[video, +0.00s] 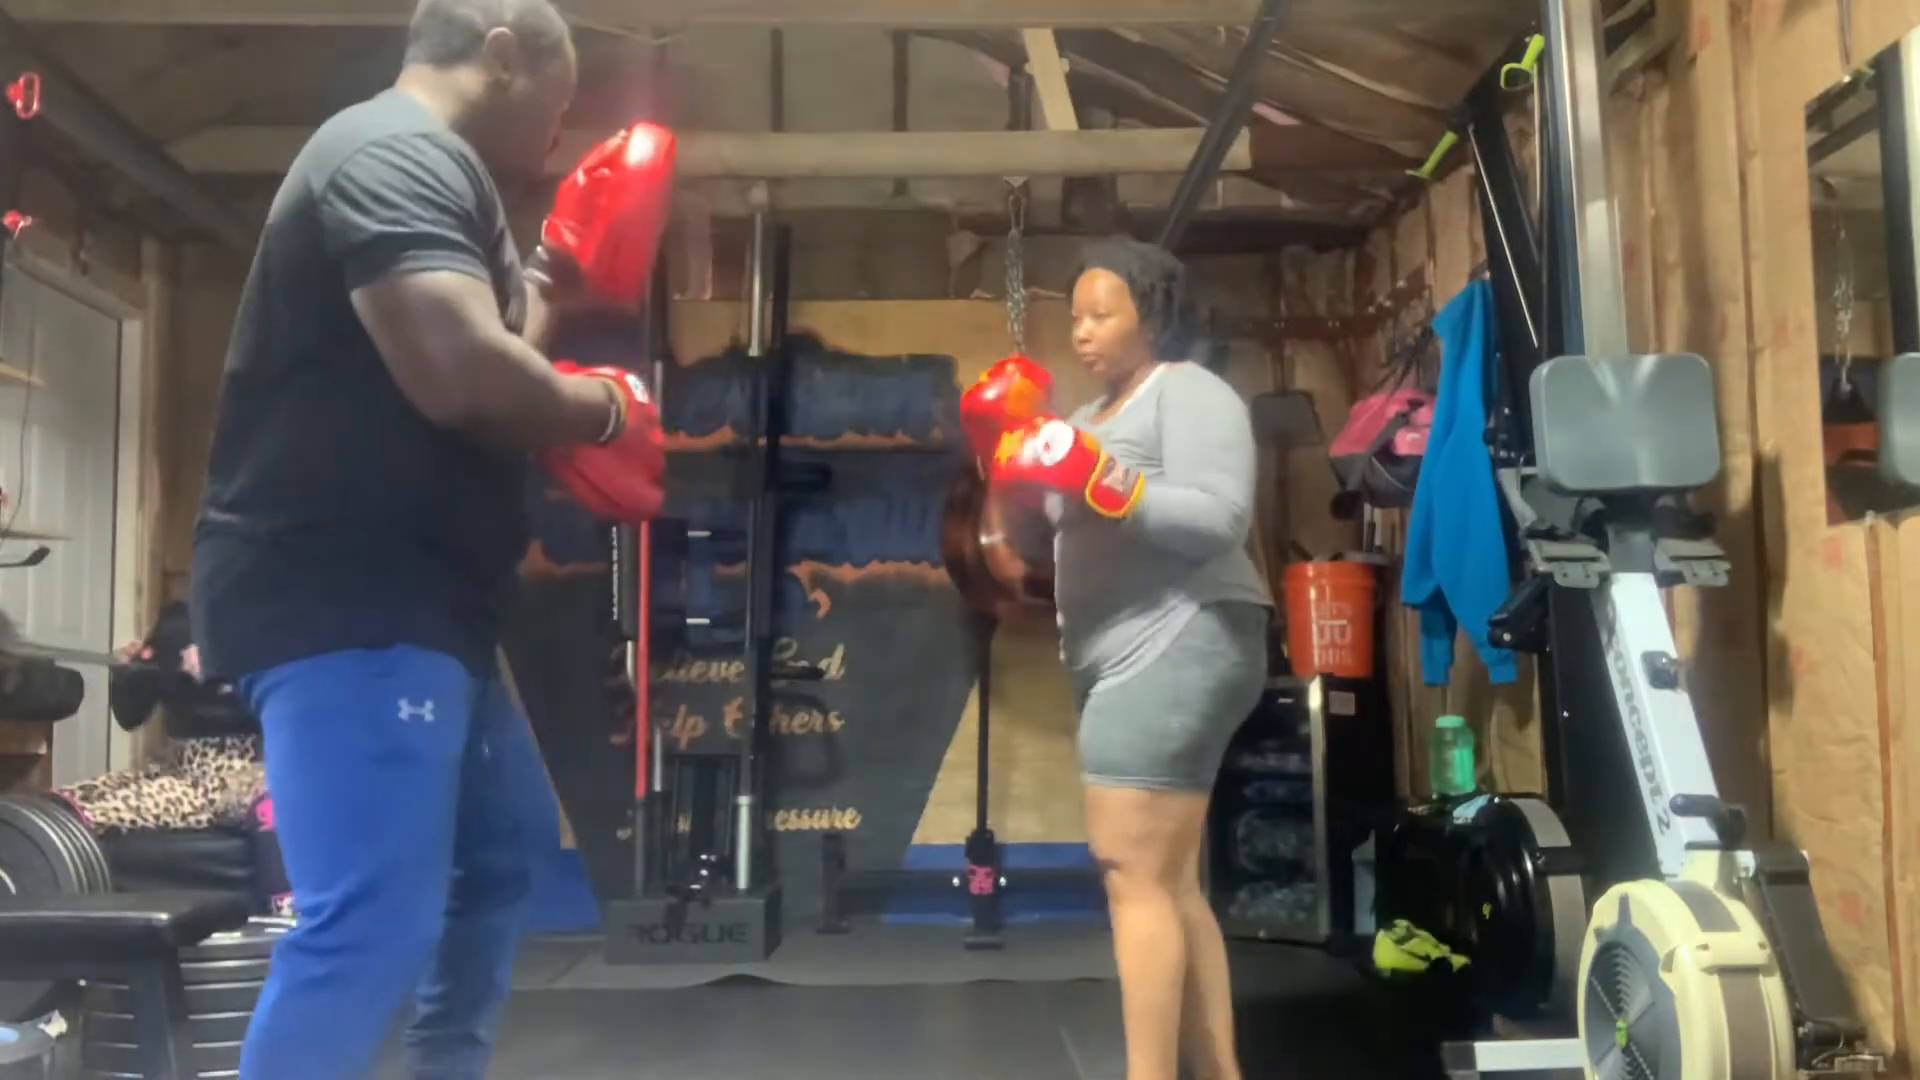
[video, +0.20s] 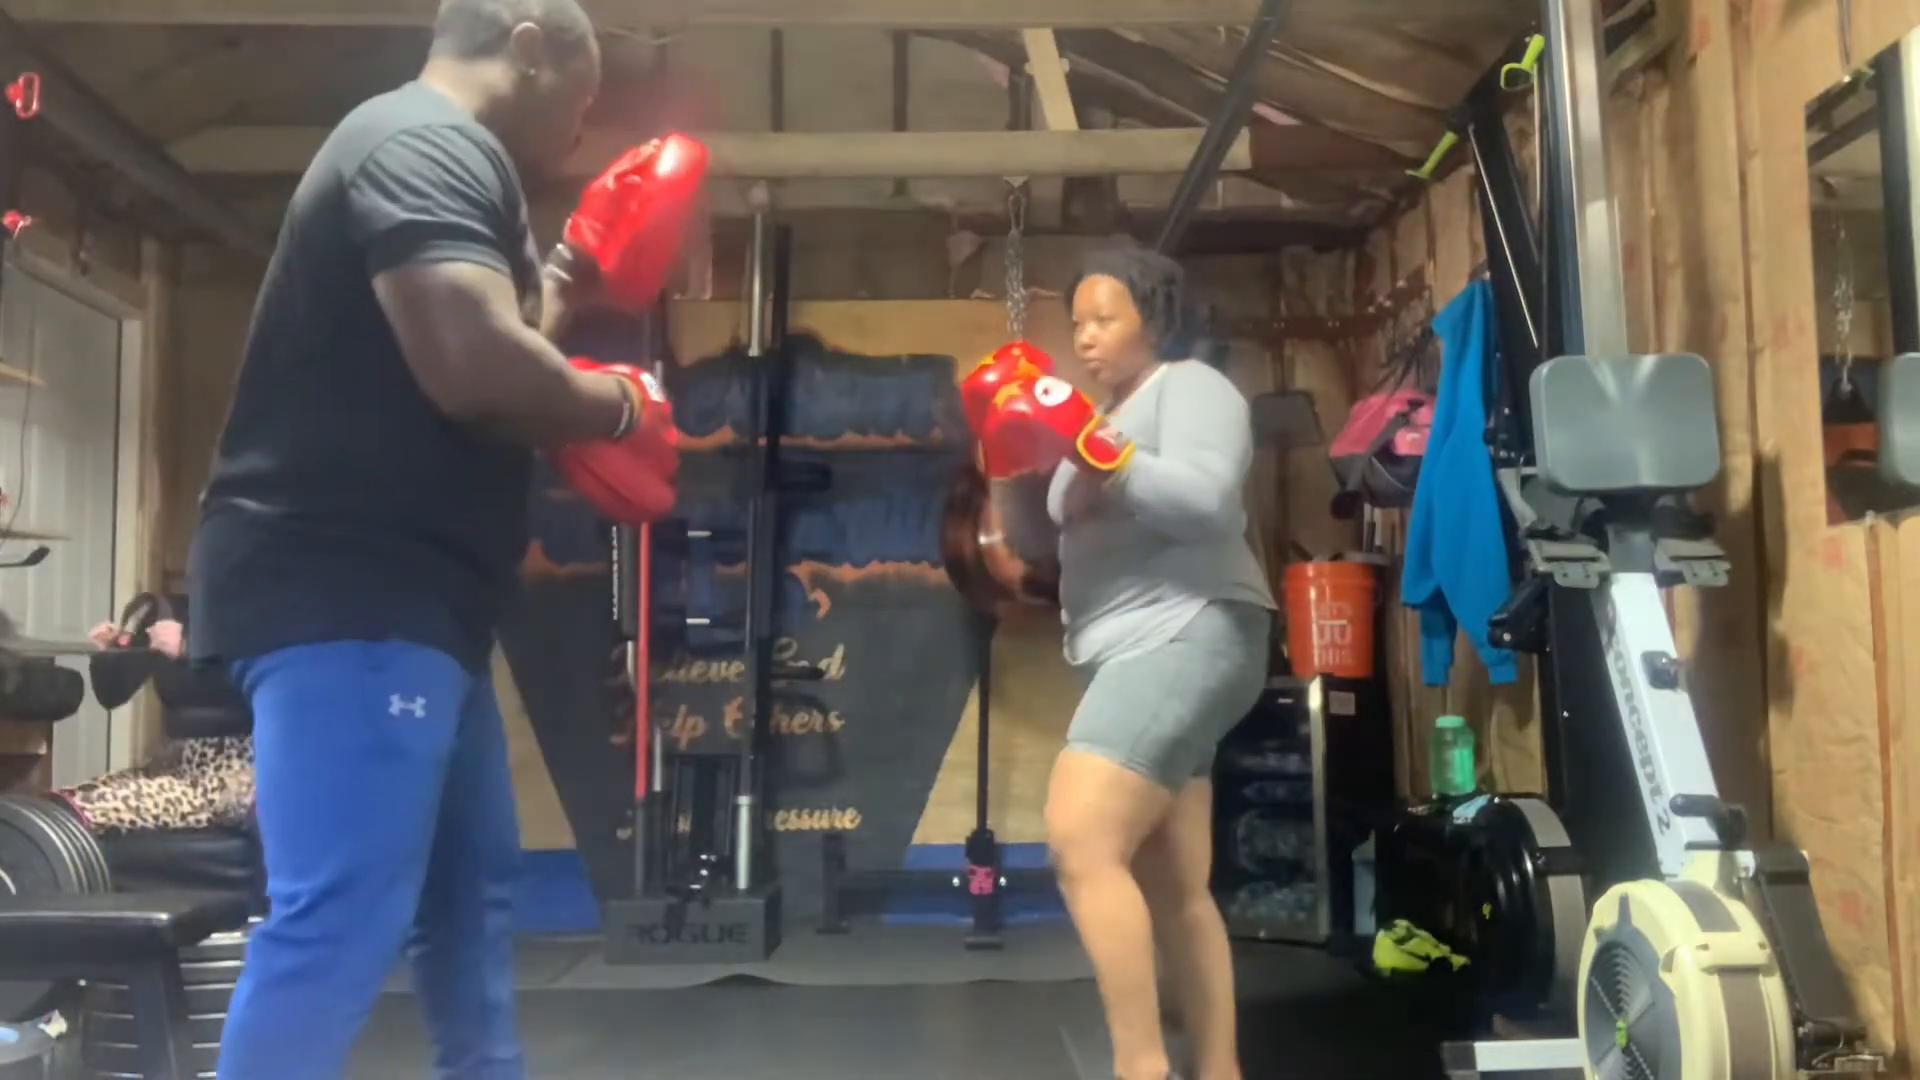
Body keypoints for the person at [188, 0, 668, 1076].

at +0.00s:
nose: (552, 149)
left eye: (562, 122)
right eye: (555, 114)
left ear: (469, 52)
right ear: (504, 56)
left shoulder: (439, 174)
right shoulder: (390, 149)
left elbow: (484, 391)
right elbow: (458, 377)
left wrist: (549, 294)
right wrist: (590, 402)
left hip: (425, 599)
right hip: (348, 597)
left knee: (504, 862)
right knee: (369, 922)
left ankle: (443, 1068)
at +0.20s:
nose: (583, 122)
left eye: (593, 97)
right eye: (584, 90)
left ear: (496, 44)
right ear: (528, 48)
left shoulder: (454, 157)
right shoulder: (421, 138)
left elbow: (472, 367)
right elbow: (471, 365)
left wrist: (564, 302)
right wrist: (617, 402)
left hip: (421, 596)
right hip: (351, 592)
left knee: (472, 904)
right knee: (335, 926)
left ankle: (483, 1073)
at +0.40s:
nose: (622, 161)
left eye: (630, 136)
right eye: (623, 128)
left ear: (538, 89)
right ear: (568, 87)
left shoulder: (497, 200)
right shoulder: (459, 172)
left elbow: (506, 411)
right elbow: (515, 393)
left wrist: (591, 314)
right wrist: (646, 429)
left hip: (468, 616)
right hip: (386, 608)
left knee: (534, 895)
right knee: (382, 928)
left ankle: (521, 1069)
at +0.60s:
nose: (684, 169)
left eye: (691, 143)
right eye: (684, 137)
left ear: (609, 105)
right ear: (629, 100)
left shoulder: (564, 222)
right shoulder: (506, 176)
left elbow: (607, 367)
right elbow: (518, 381)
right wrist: (665, 428)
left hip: (487, 621)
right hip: (379, 602)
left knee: (538, 904)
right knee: (335, 920)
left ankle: (524, 1073)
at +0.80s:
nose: (674, 179)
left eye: (679, 154)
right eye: (673, 147)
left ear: (597, 112)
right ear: (616, 110)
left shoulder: (556, 229)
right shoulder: (495, 190)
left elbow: (598, 363)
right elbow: (524, 394)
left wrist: (723, 311)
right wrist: (669, 456)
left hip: (478, 639)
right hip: (367, 622)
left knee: (561, 868)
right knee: (285, 929)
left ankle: (534, 1071)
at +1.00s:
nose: (724, 210)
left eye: (729, 186)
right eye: (723, 180)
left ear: (611, 141)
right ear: (670, 144)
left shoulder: (545, 233)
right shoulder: (593, 244)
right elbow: (701, 488)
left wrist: (713, 370)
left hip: (511, 656)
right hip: (421, 645)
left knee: (625, 864)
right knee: (295, 949)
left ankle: (574, 1071)